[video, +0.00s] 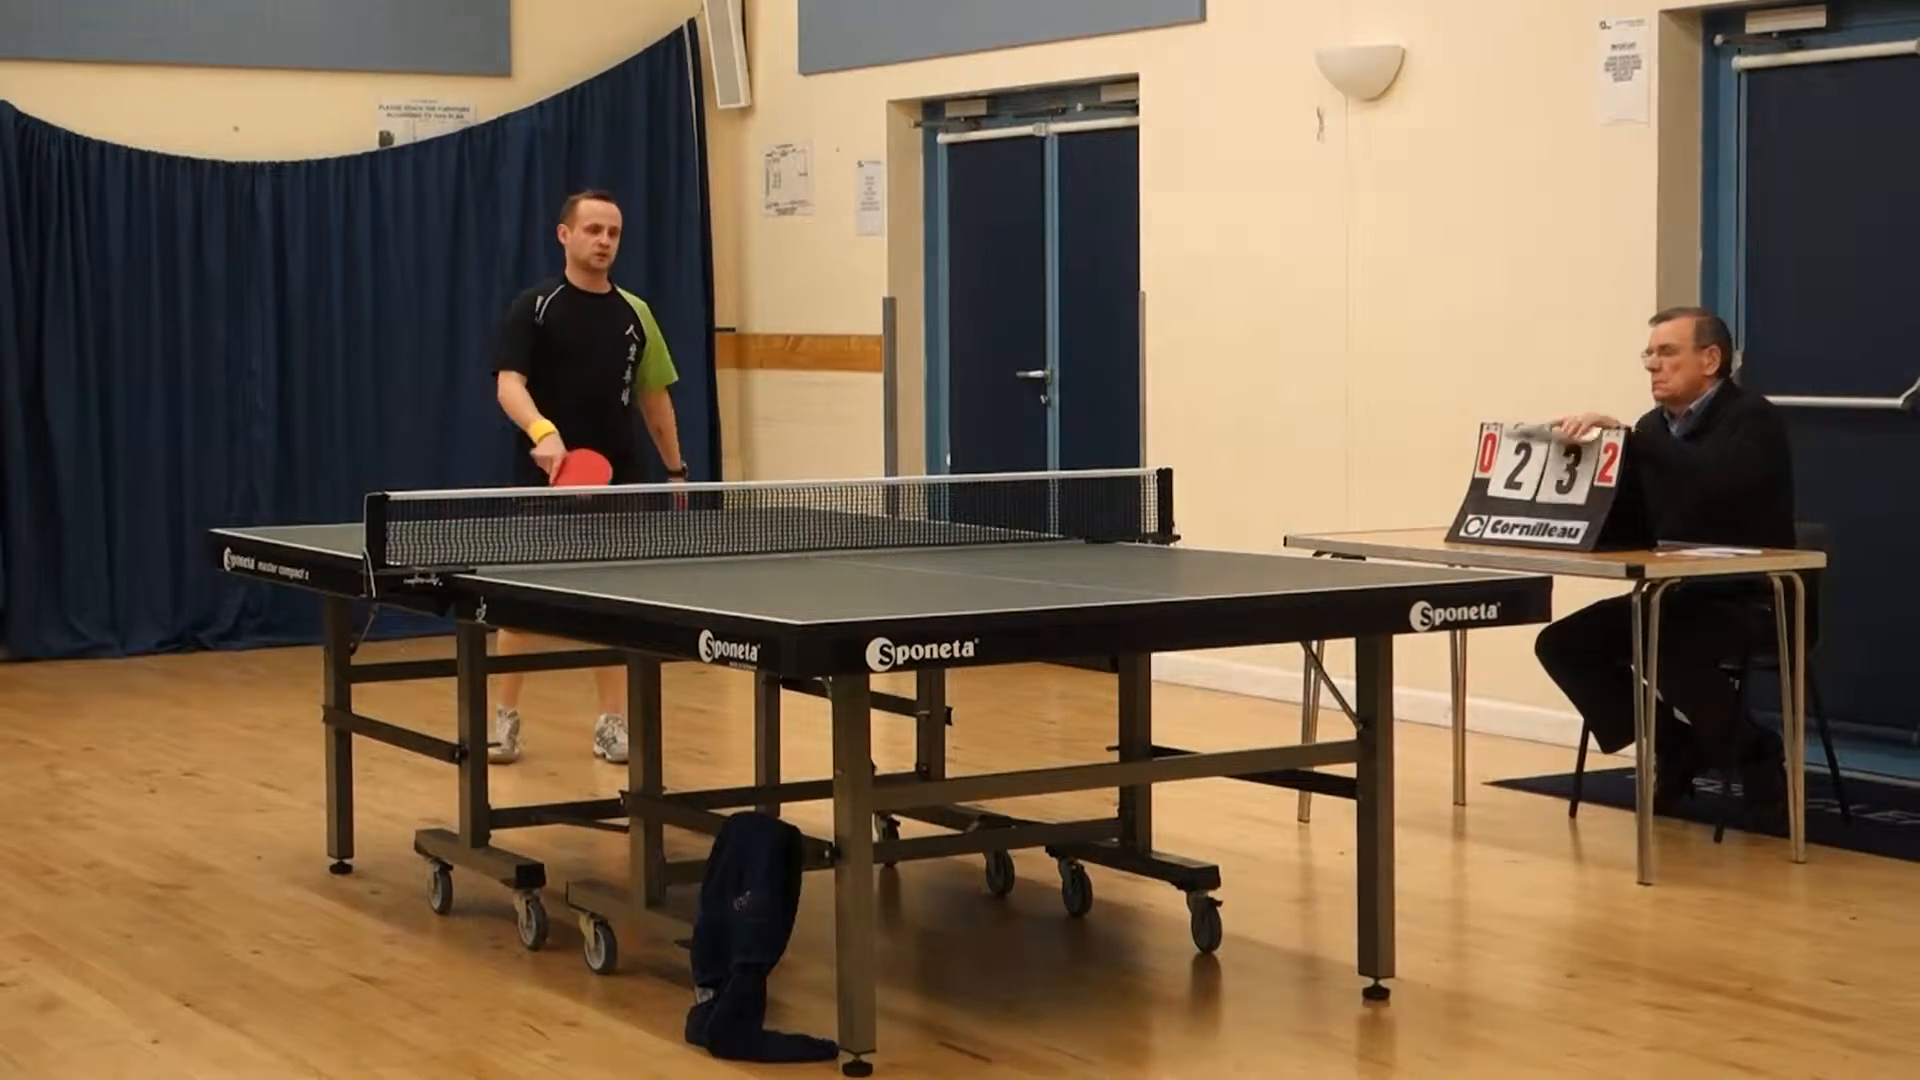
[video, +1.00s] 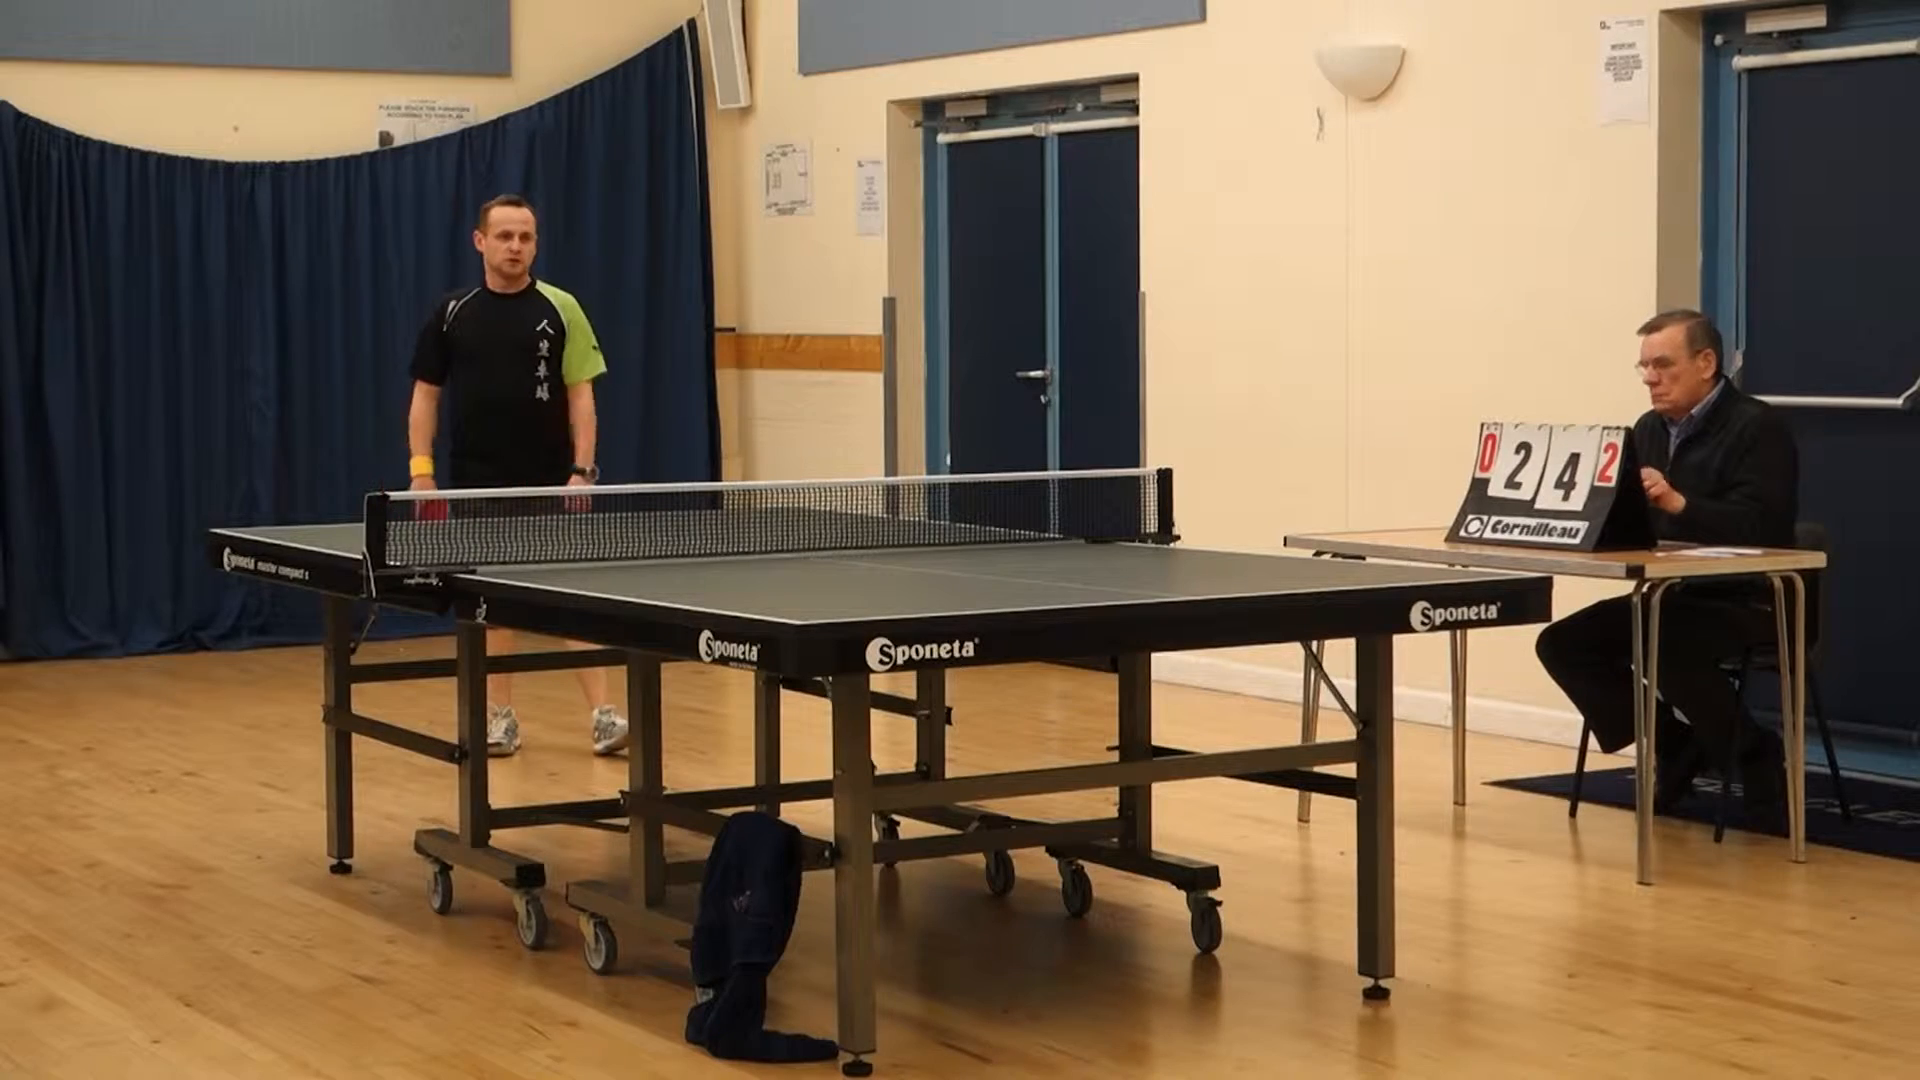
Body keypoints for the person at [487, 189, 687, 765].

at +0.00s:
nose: (604, 240)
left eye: (612, 232)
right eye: (593, 229)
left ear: (620, 241)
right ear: (564, 234)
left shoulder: (634, 312)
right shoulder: (532, 307)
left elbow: (654, 394)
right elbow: (508, 383)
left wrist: (675, 466)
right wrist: (540, 430)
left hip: (622, 485)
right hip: (544, 483)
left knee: (621, 602)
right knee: (520, 599)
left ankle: (613, 719)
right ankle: (504, 713)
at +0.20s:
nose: (577, 243)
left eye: (585, 234)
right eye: (566, 233)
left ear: (593, 242)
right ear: (538, 239)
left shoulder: (612, 312)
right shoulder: (510, 309)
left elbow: (629, 396)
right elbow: (488, 393)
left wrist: (644, 469)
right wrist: (514, 460)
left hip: (603, 485)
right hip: (532, 486)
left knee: (615, 605)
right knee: (509, 602)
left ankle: (613, 719)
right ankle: (500, 711)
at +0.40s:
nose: (547, 246)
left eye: (556, 238)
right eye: (536, 236)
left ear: (565, 245)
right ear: (510, 242)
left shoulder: (588, 314)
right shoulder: (481, 316)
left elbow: (609, 397)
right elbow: (451, 395)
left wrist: (617, 469)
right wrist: (452, 470)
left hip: (577, 493)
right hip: (499, 496)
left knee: (602, 610)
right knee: (501, 610)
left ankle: (610, 718)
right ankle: (499, 714)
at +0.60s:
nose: (528, 247)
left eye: (536, 237)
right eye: (516, 237)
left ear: (547, 243)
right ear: (491, 243)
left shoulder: (572, 310)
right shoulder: (463, 316)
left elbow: (590, 383)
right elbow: (426, 395)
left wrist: (580, 437)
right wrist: (402, 472)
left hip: (558, 485)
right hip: (486, 486)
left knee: (590, 600)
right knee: (496, 604)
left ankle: (606, 714)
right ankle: (498, 712)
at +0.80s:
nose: (518, 247)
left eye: (527, 237)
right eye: (506, 236)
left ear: (538, 244)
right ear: (482, 242)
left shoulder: (562, 308)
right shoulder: (454, 313)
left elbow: (577, 387)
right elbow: (421, 394)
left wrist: (553, 445)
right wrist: (398, 473)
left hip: (549, 480)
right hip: (478, 484)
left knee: (577, 596)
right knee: (492, 601)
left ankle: (603, 711)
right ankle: (497, 711)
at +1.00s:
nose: (517, 247)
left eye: (526, 237)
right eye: (505, 236)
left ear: (536, 242)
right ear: (480, 242)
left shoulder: (561, 308)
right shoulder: (453, 313)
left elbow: (581, 394)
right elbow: (425, 394)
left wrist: (584, 471)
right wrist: (421, 473)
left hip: (551, 488)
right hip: (477, 490)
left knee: (577, 602)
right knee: (490, 608)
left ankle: (603, 711)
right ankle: (498, 713)